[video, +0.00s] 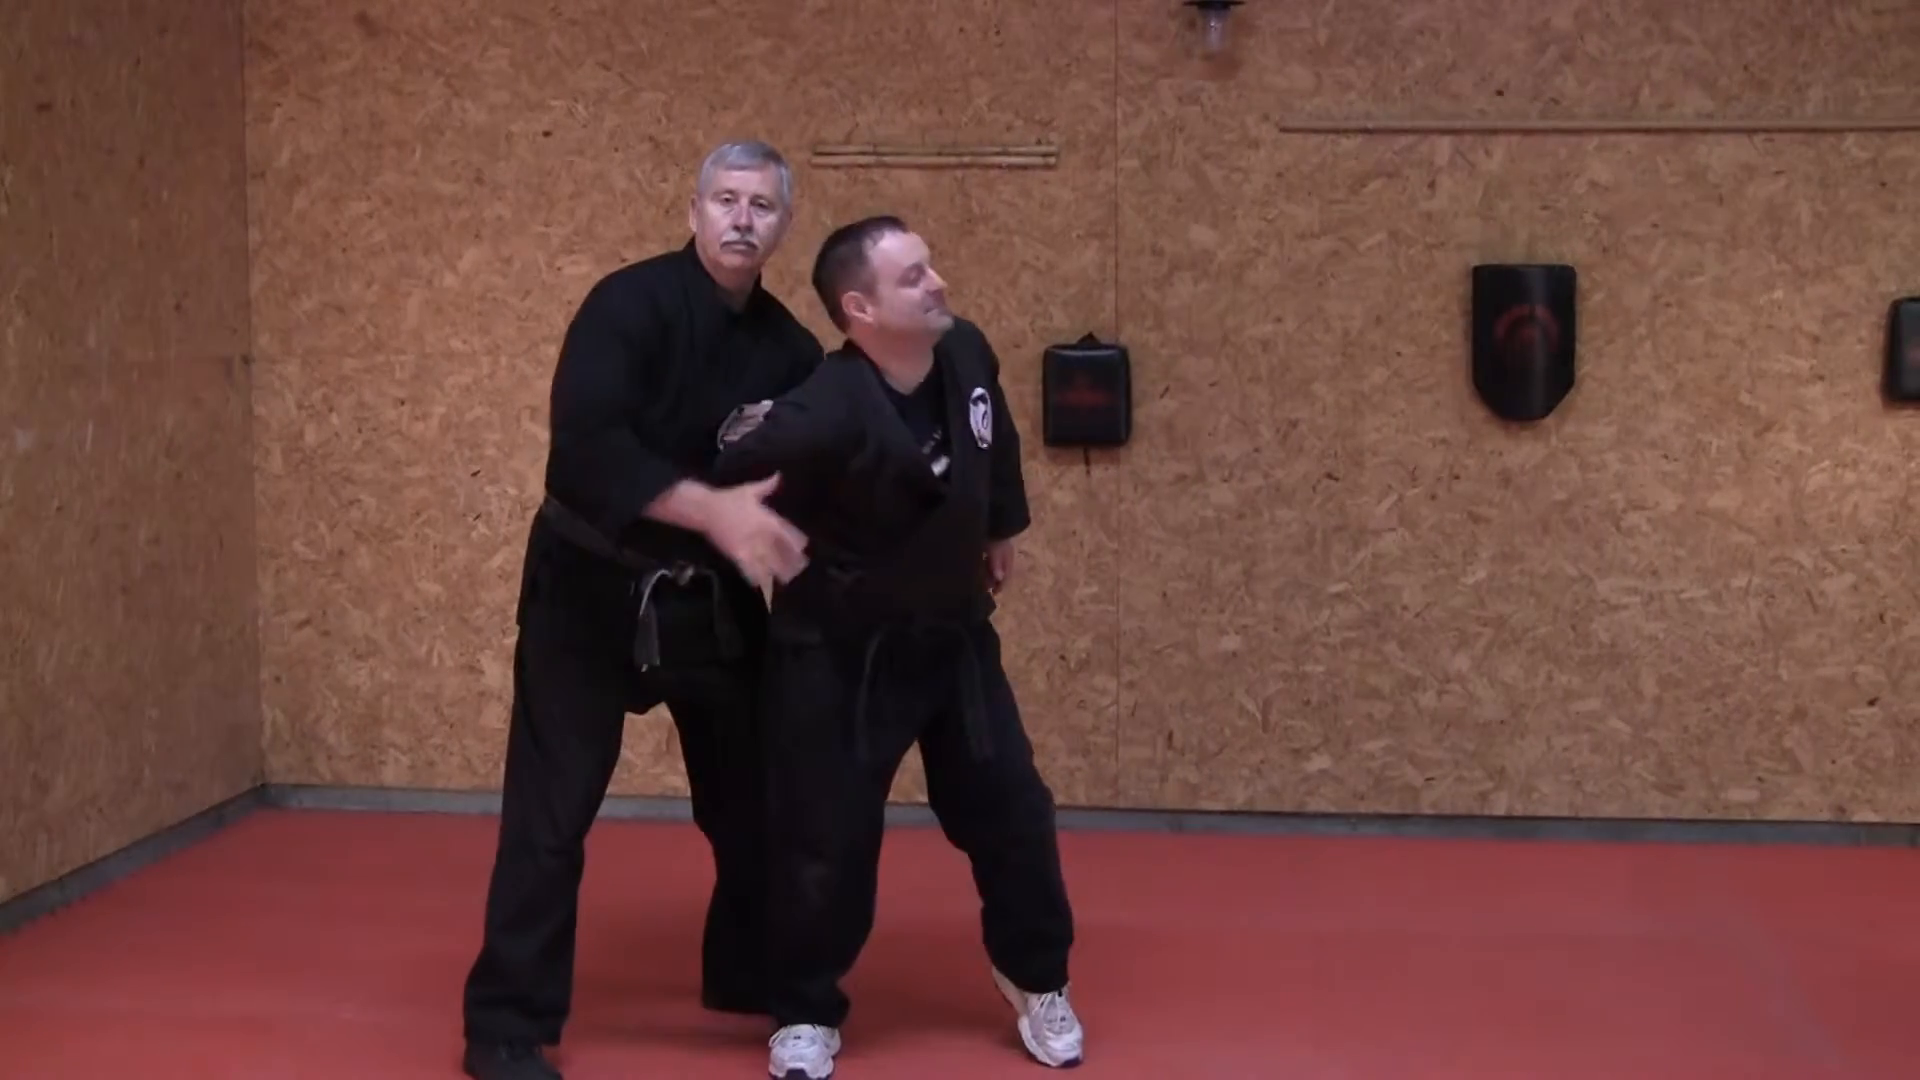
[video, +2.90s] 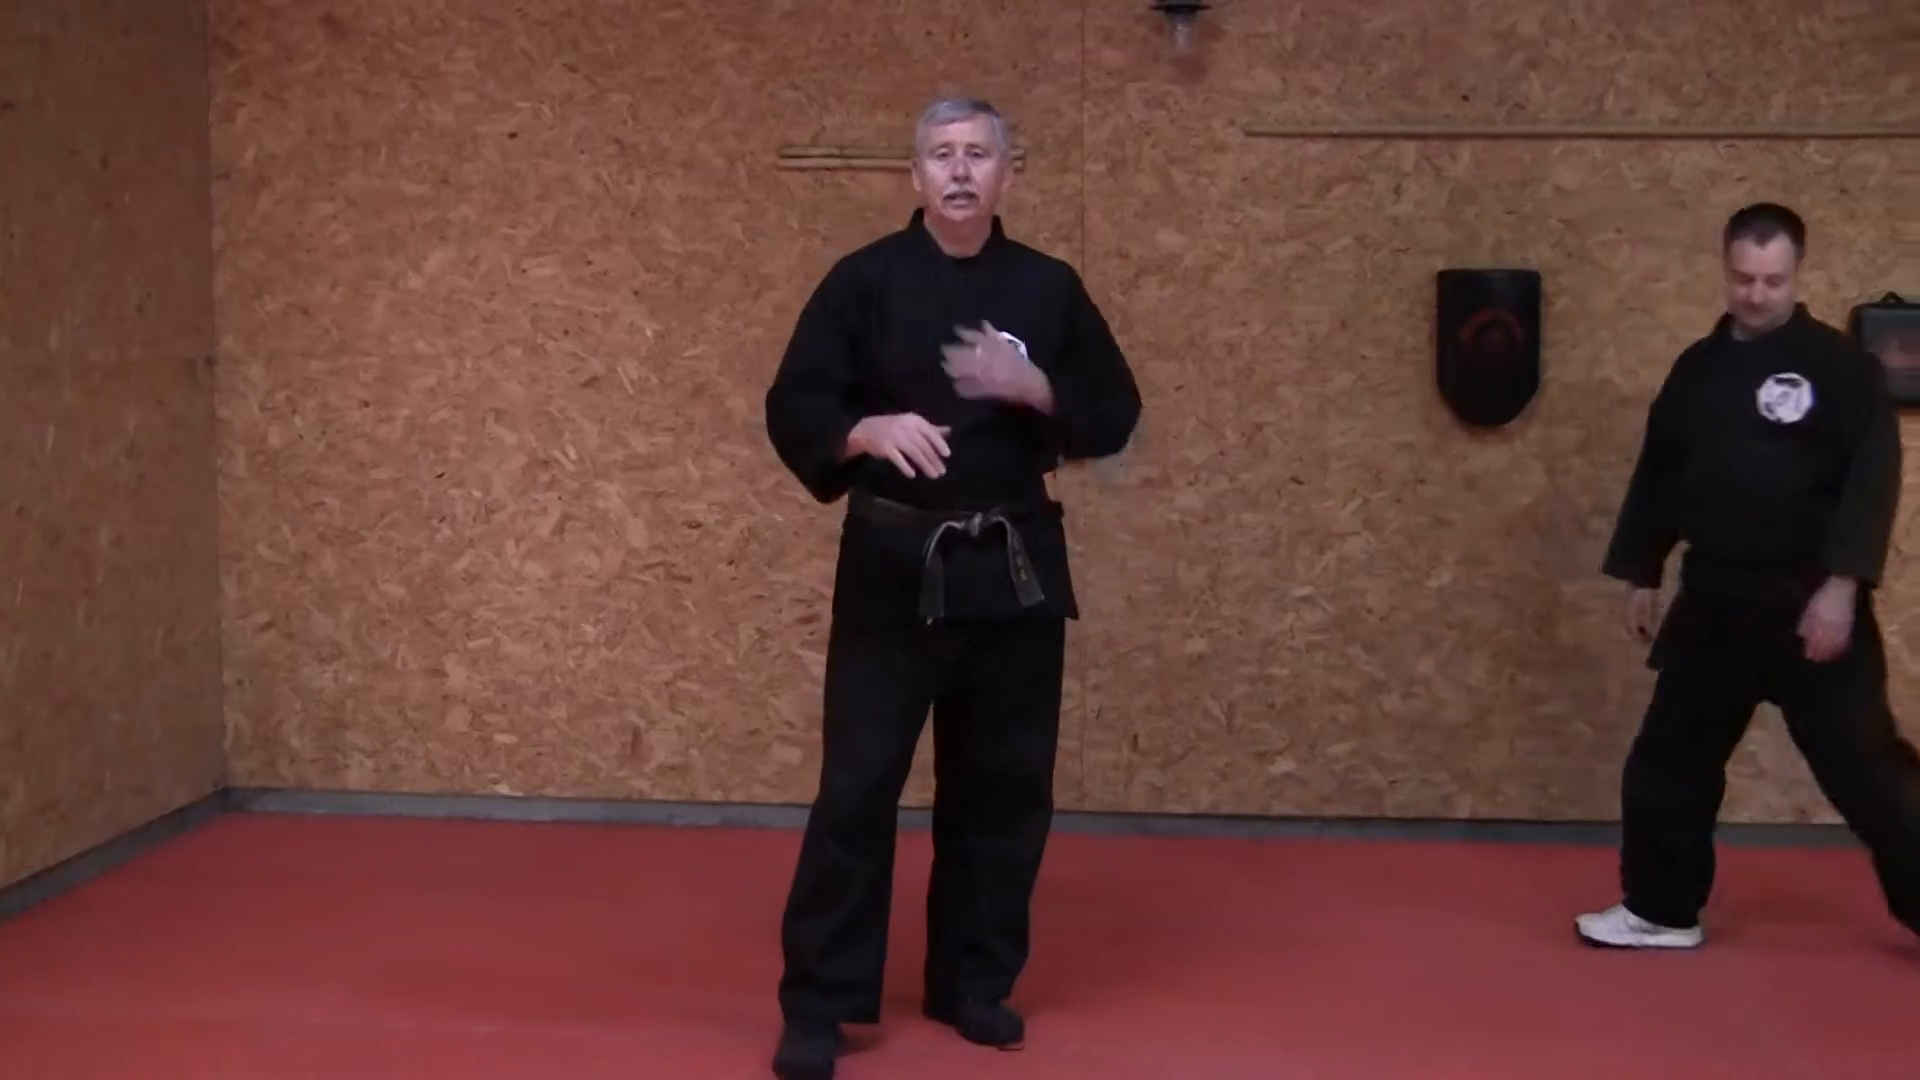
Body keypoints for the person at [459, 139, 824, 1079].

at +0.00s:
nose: (743, 219)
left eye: (763, 206)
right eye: (727, 201)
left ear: (785, 225)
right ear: (695, 211)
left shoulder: (795, 352)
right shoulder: (626, 305)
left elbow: (820, 478)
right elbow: (585, 454)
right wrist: (717, 512)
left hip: (716, 589)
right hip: (592, 578)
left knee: (753, 795)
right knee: (551, 815)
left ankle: (747, 973)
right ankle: (509, 1034)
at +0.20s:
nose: (744, 219)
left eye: (764, 205)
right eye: (728, 200)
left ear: (786, 224)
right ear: (696, 209)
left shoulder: (792, 348)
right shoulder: (623, 308)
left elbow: (834, 483)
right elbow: (534, 450)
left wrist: (809, 437)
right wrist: (599, 570)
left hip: (711, 582)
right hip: (586, 582)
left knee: (759, 791)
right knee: (551, 819)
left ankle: (748, 972)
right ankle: (508, 1034)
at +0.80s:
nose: (797, 220)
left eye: (815, 207)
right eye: (781, 201)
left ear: (831, 224)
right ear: (745, 207)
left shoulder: (833, 347)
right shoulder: (668, 295)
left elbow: (852, 484)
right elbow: (562, 418)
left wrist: (943, 512)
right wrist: (565, 552)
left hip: (754, 588)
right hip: (637, 576)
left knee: (793, 785)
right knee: (580, 807)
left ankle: (752, 972)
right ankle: (513, 1026)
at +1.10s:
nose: (842, 231)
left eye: (857, 215)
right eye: (827, 210)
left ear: (870, 220)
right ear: (783, 201)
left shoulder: (863, 322)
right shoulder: (704, 287)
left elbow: (878, 452)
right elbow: (611, 409)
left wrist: (900, 560)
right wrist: (604, 552)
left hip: (801, 579)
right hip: (696, 571)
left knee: (805, 790)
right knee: (666, 796)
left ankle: (753, 971)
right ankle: (603, 1005)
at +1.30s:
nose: (853, 213)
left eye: (868, 198)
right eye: (837, 192)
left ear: (882, 208)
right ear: (795, 191)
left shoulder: (882, 315)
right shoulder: (719, 282)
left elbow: (892, 452)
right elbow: (624, 411)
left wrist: (888, 578)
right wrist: (629, 553)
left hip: (823, 572)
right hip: (719, 564)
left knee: (820, 778)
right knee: (743, 772)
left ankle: (775, 974)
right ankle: (753, 990)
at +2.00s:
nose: (861, 177)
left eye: (876, 159)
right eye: (841, 162)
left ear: (900, 169)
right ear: (810, 176)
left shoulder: (946, 284)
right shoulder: (763, 296)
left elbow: (994, 412)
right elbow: (705, 440)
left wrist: (1027, 520)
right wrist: (768, 499)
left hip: (930, 573)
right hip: (811, 579)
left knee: (948, 790)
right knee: (823, 803)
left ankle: (912, 954)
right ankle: (828, 1020)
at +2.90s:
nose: (959, 169)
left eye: (977, 153)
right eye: (943, 153)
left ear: (1006, 172)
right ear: (916, 170)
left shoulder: (1050, 289)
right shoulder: (863, 283)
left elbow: (1112, 419)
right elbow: (794, 416)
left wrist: (1031, 384)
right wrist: (861, 432)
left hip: (1015, 570)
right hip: (890, 567)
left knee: (1001, 789)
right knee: (856, 793)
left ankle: (973, 986)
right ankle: (818, 1006)